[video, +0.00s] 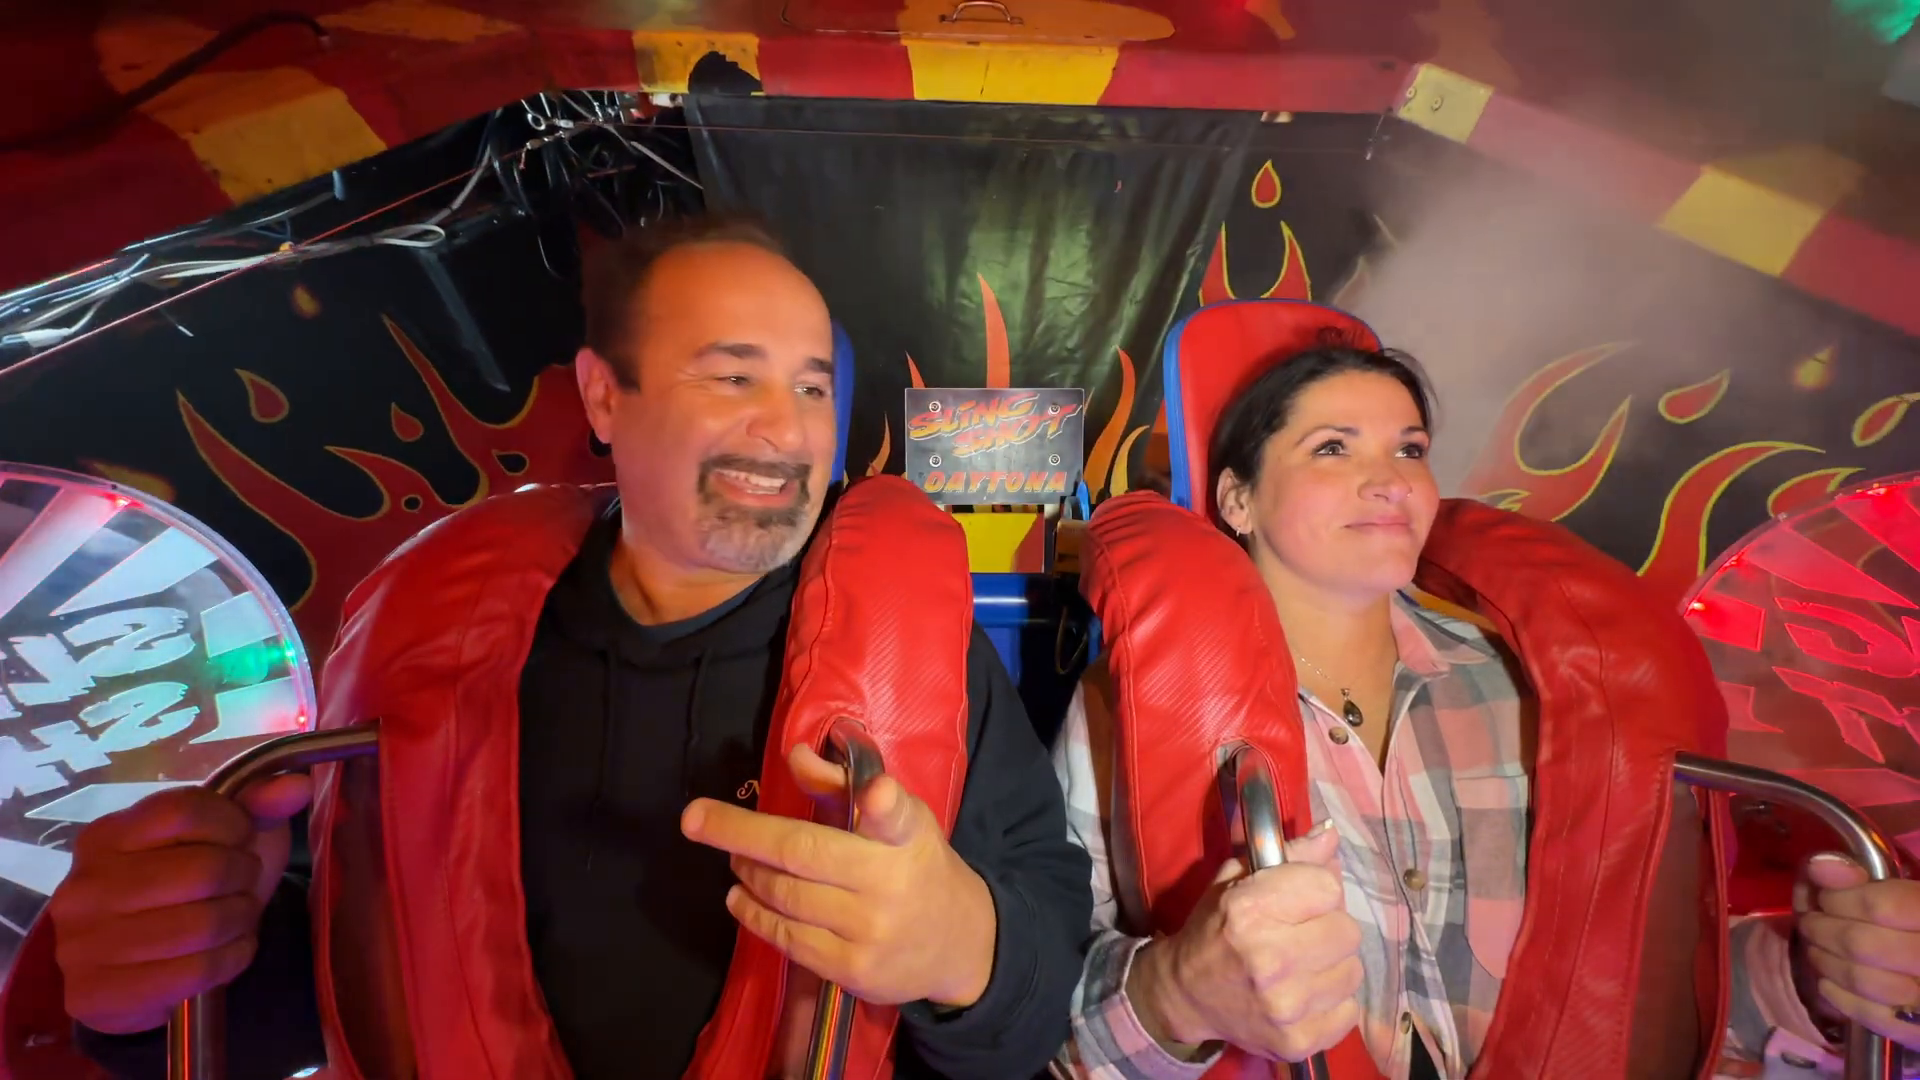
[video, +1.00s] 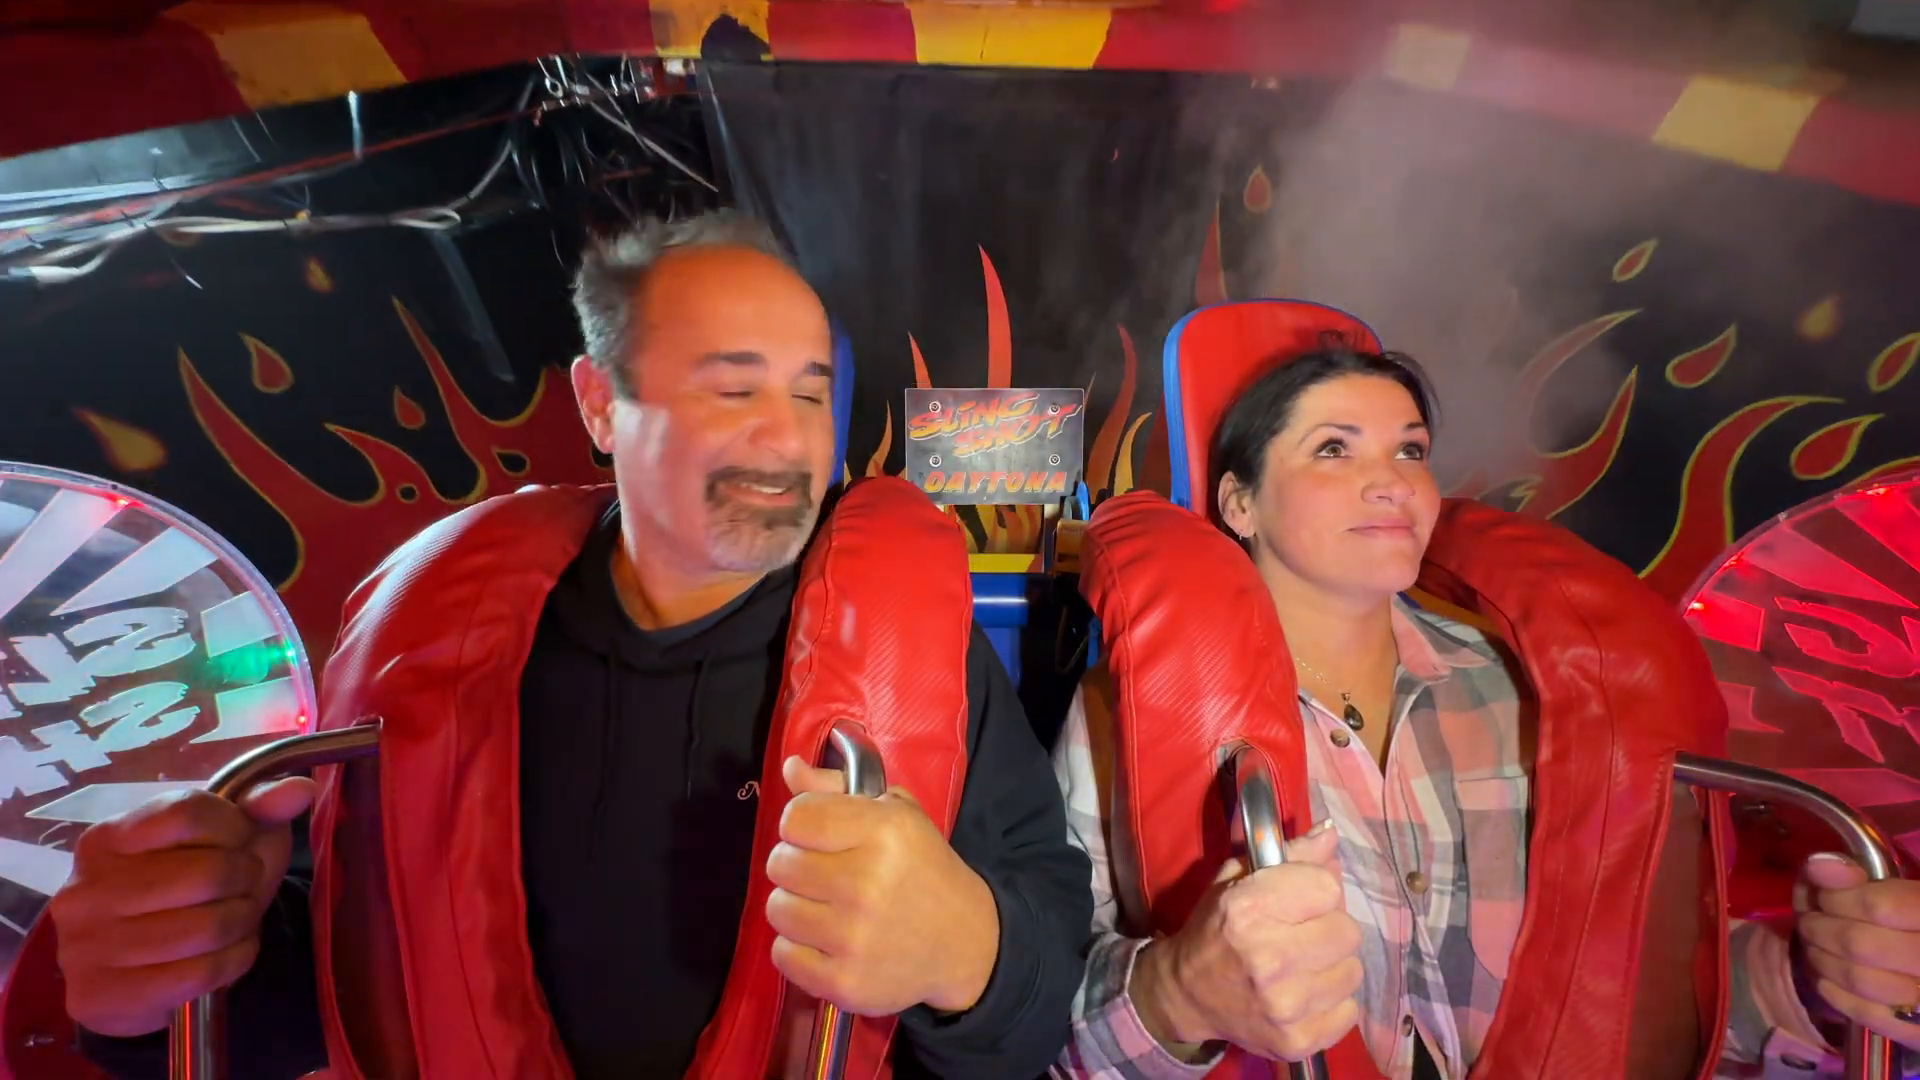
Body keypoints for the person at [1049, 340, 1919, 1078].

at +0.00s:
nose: (1389, 476)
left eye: (1410, 450)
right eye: (1332, 448)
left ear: (1434, 495)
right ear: (1239, 502)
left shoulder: (1523, 690)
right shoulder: (1144, 708)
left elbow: (1617, 963)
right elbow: (1047, 1031)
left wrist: (1803, 971)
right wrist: (1170, 996)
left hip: (1505, 1066)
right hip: (1265, 1071)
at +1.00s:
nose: (1391, 481)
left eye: (1410, 453)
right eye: (1333, 451)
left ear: (1435, 493)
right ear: (1240, 505)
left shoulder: (1522, 695)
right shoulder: (1143, 716)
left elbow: (1612, 974)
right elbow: (1047, 1040)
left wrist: (1804, 975)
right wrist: (1174, 998)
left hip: (1499, 1069)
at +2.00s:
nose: (1388, 478)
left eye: (1408, 447)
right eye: (1330, 447)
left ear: (1437, 485)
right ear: (1238, 500)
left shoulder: (1514, 693)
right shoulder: (1141, 712)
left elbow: (1599, 975)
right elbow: (1041, 1028)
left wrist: (1793, 968)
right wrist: (1170, 1000)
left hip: (1488, 1067)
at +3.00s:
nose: (1376, 484)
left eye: (1397, 452)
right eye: (1319, 452)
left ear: (1429, 488)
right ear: (1233, 502)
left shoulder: (1518, 692)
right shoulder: (1143, 713)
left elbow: (1626, 962)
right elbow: (1066, 1036)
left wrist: (1817, 975)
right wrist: (1178, 1001)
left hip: (1501, 1071)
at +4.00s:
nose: (1382, 485)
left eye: (1405, 454)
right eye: (1328, 454)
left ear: (1436, 487)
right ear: (1235, 500)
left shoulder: (1514, 692)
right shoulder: (1137, 715)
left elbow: (1605, 972)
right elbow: (1055, 1029)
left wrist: (1801, 972)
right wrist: (1173, 1003)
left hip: (1488, 1066)